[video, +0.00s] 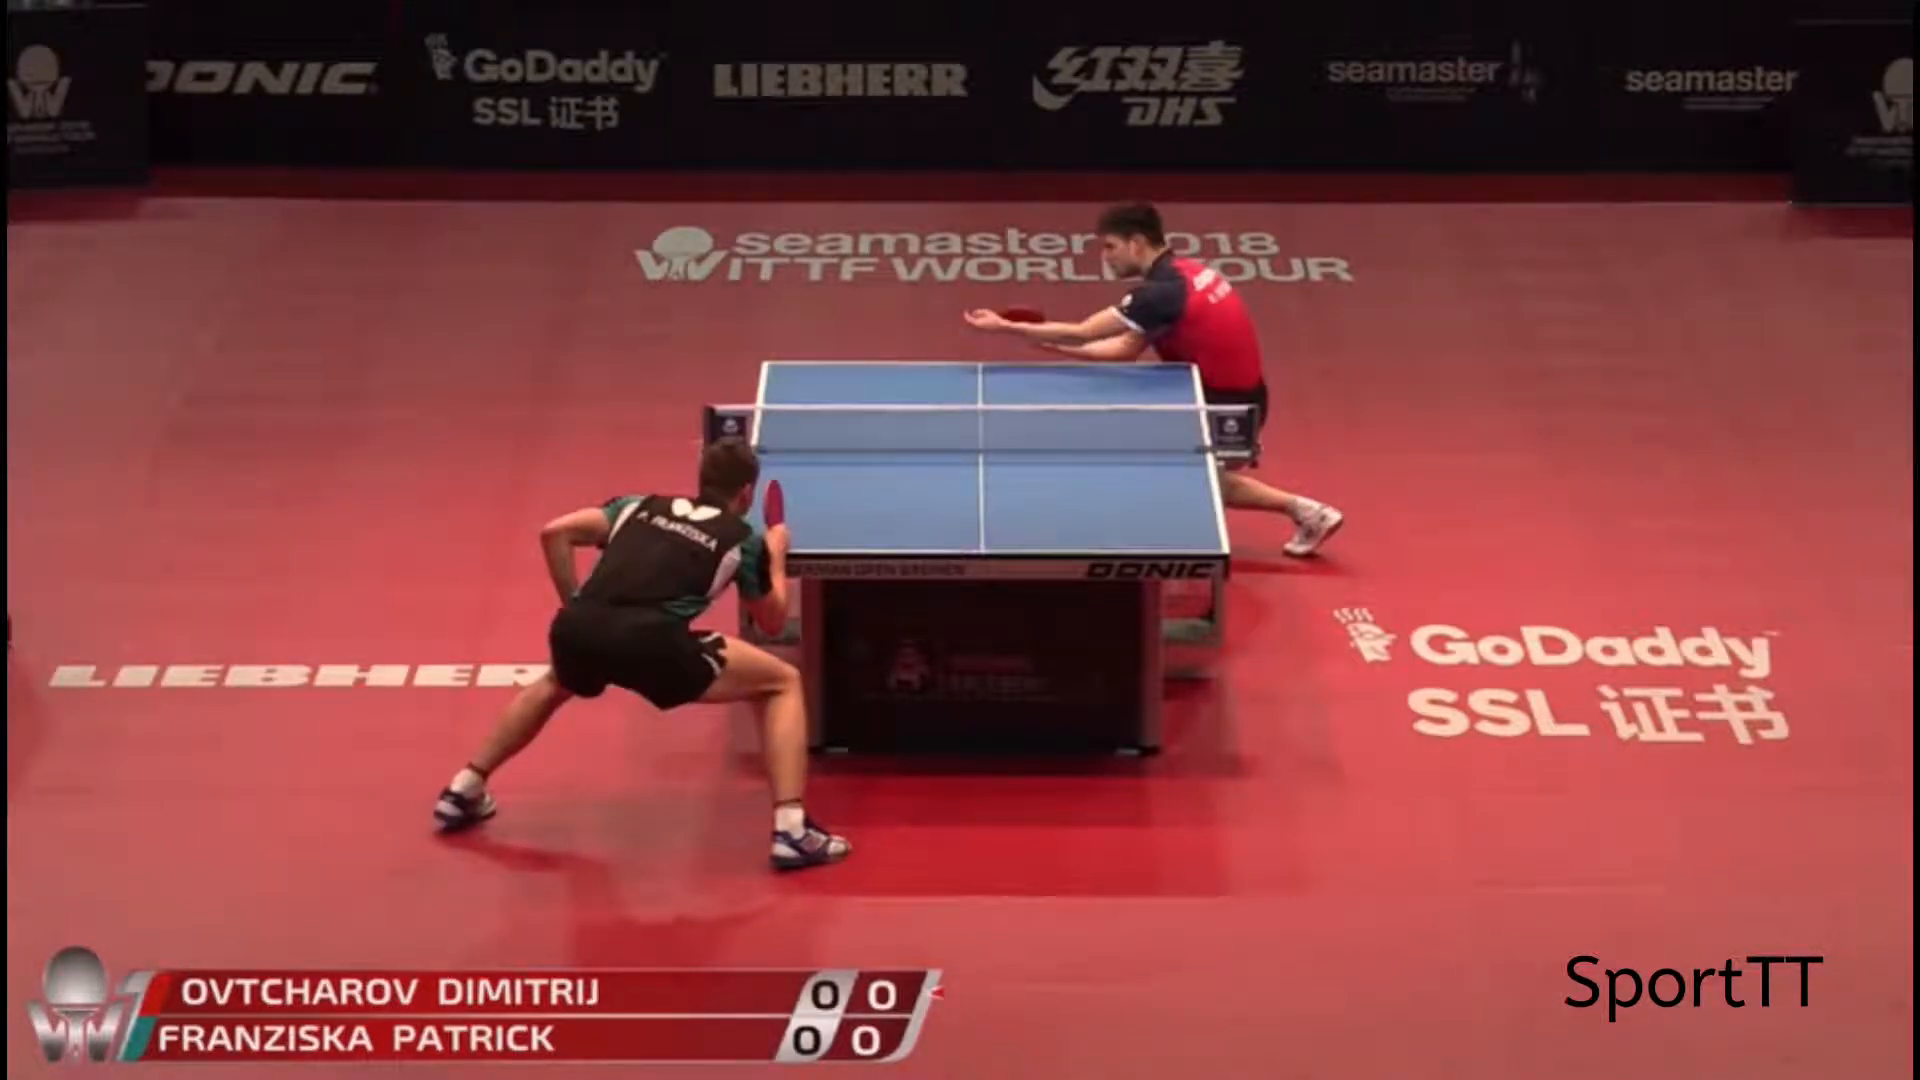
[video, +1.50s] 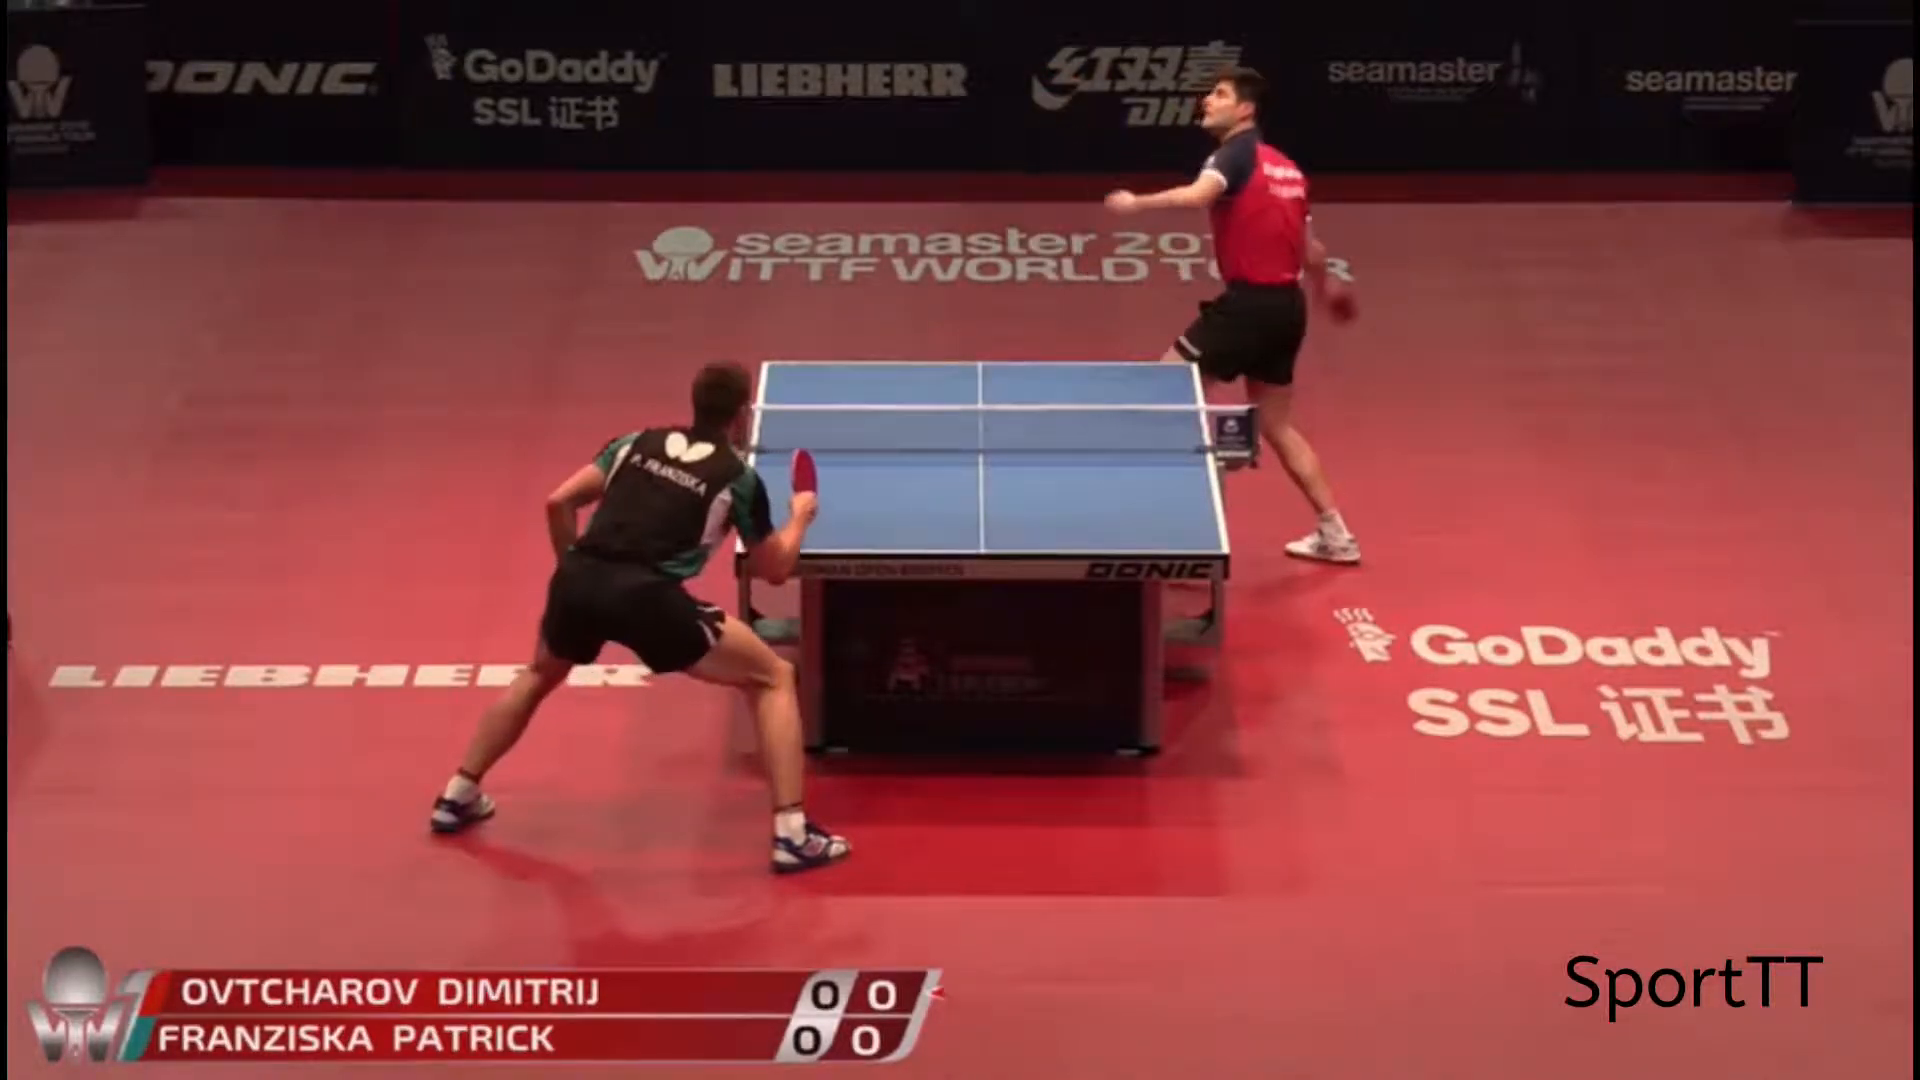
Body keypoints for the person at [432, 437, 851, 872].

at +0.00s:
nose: (753, 497)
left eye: (749, 487)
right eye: (752, 489)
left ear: (699, 480)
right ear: (744, 492)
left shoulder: (640, 506)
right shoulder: (745, 536)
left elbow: (555, 533)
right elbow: (772, 624)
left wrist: (572, 606)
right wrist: (778, 556)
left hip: (578, 629)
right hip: (654, 643)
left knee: (553, 685)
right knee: (782, 683)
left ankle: (464, 788)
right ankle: (792, 829)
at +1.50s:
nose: (752, 419)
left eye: (749, 409)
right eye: (751, 411)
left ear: (695, 405)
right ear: (741, 418)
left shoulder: (638, 443)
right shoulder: (741, 477)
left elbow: (559, 501)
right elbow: (774, 568)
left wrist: (570, 569)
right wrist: (801, 517)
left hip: (577, 583)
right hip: (650, 597)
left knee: (537, 676)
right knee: (774, 678)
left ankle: (458, 793)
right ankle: (792, 831)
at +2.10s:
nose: (743, 374)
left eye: (742, 365)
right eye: (742, 367)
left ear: (688, 359)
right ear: (732, 371)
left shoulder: (625, 390)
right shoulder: (724, 429)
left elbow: (543, 442)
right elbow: (764, 522)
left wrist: (545, 492)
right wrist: (818, 508)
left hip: (584, 549)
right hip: (659, 561)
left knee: (529, 655)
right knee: (762, 646)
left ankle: (470, 782)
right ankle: (795, 764)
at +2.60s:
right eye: (778, 372)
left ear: (731, 369)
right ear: (778, 377)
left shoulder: (711, 407)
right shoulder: (797, 433)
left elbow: (679, 443)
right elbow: (812, 499)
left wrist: (608, 459)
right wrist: (810, 486)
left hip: (702, 563)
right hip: (776, 566)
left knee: (598, 657)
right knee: (820, 637)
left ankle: (508, 777)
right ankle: (881, 754)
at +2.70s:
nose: (782, 358)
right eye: (783, 351)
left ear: (731, 346)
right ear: (779, 358)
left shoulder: (681, 386)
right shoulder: (790, 424)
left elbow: (611, 434)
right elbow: (824, 517)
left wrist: (594, 478)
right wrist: (845, 494)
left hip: (647, 538)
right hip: (722, 549)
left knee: (576, 661)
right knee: (811, 649)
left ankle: (504, 786)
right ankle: (870, 777)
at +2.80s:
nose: (783, 358)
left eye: (776, 349)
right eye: (784, 351)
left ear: (731, 349)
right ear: (780, 359)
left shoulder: (677, 389)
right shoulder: (787, 428)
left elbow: (610, 440)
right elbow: (826, 521)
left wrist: (601, 487)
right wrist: (849, 496)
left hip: (641, 540)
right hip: (716, 552)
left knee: (570, 655)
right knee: (807, 650)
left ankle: (504, 786)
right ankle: (846, 795)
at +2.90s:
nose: (786, 390)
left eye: (774, 378)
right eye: (785, 382)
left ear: (730, 378)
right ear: (778, 390)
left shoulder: (670, 428)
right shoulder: (780, 463)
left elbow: (603, 496)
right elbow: (820, 556)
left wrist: (624, 529)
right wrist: (865, 539)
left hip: (627, 579)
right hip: (697, 595)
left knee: (556, 672)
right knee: (802, 706)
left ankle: (478, 792)